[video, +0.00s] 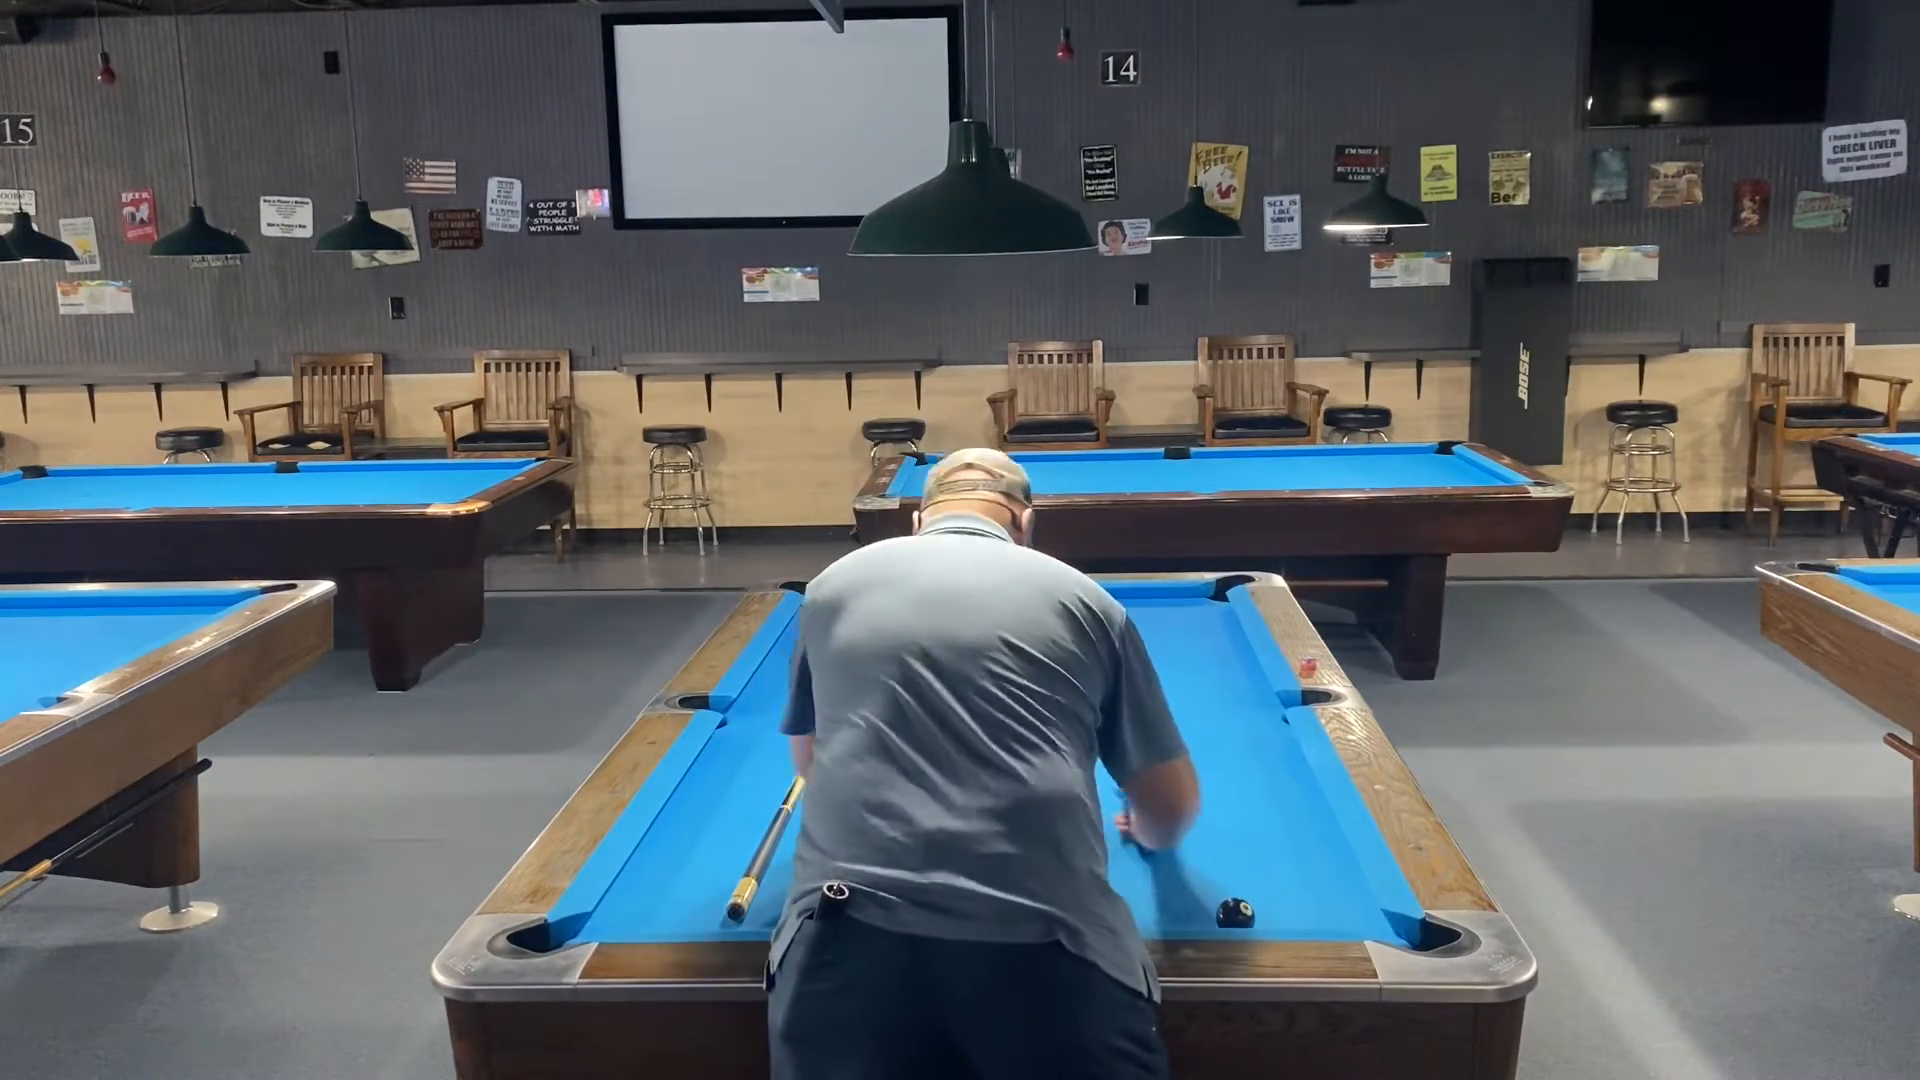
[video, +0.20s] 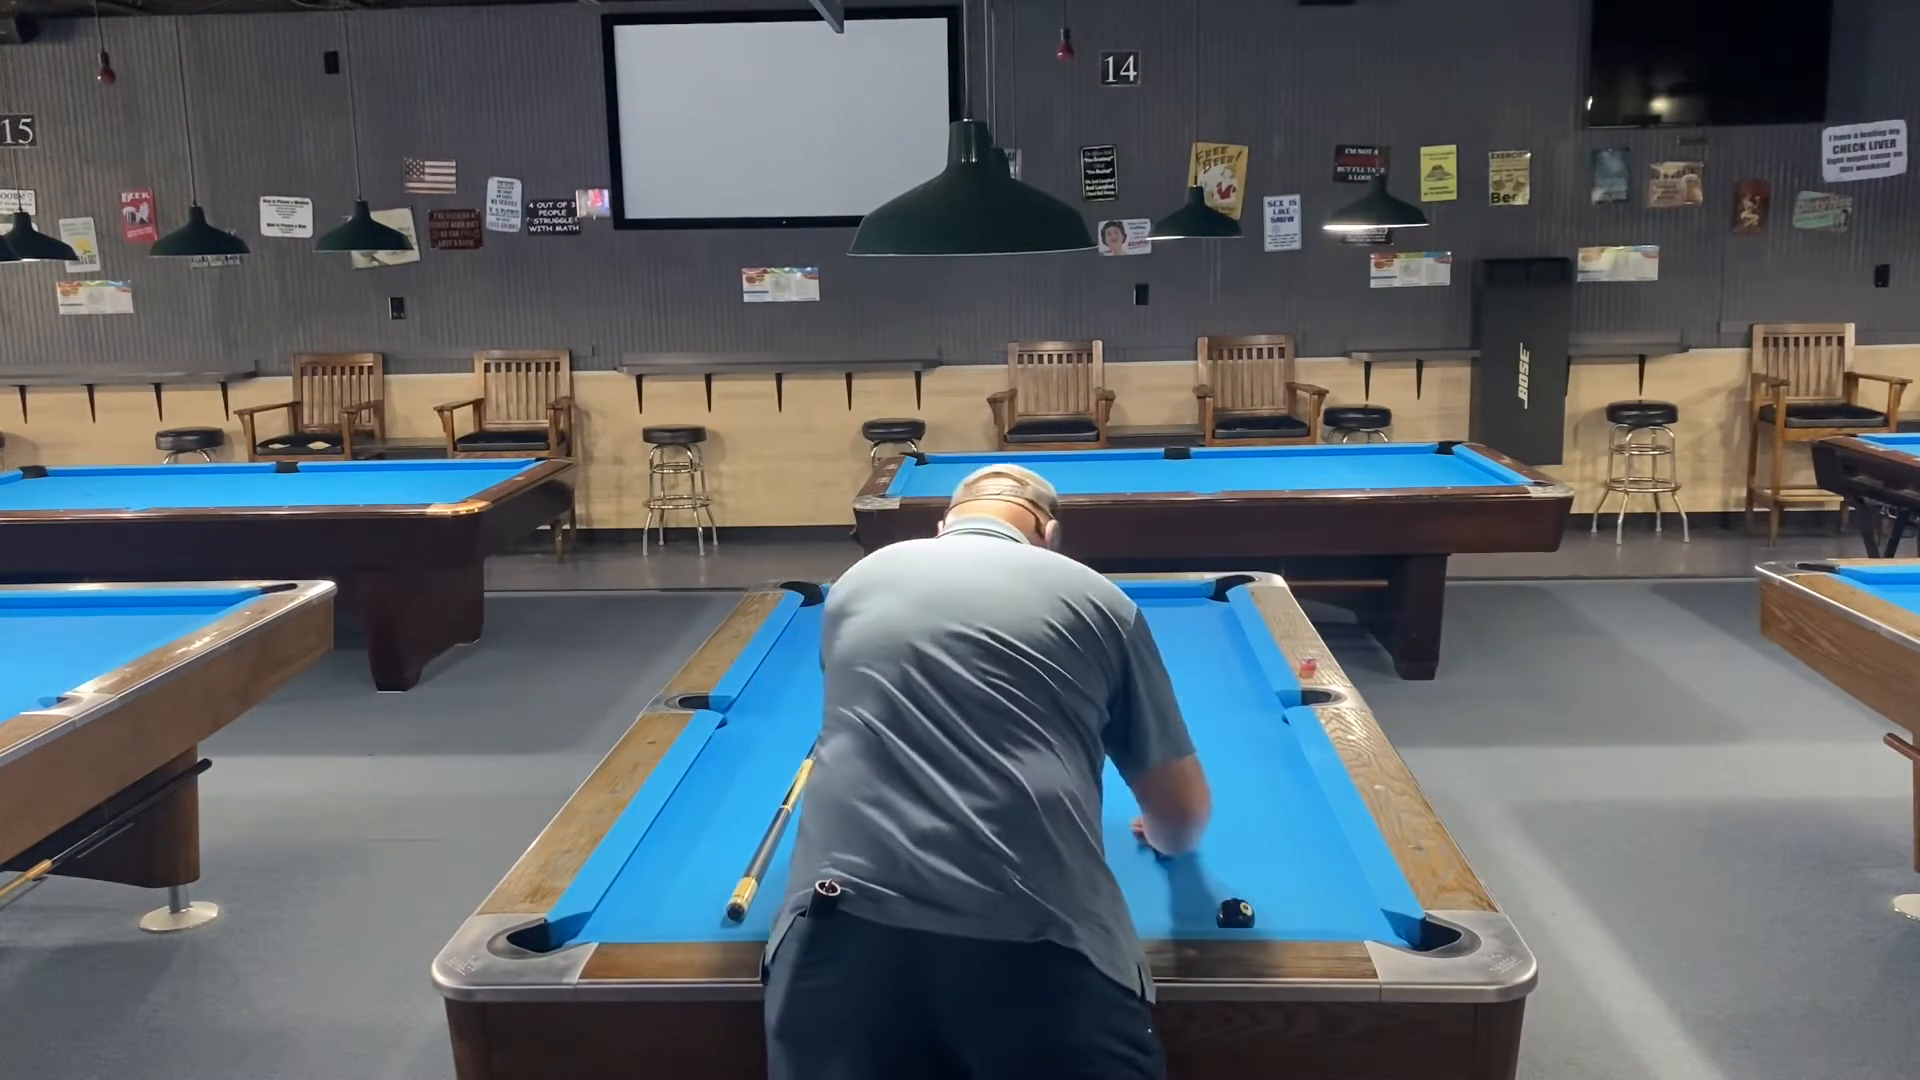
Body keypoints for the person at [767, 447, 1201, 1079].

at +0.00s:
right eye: (1029, 519)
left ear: (917, 522)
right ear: (1023, 522)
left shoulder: (835, 583)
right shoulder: (1086, 600)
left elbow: (811, 757)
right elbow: (1171, 801)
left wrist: (877, 804)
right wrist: (1148, 831)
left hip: (847, 958)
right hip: (1048, 965)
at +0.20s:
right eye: (1059, 533)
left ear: (946, 522)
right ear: (1046, 531)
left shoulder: (857, 580)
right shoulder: (1101, 600)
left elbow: (858, 729)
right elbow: (1182, 812)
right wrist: (1163, 836)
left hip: (840, 956)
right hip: (1040, 966)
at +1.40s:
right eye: (1048, 493)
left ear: (931, 490)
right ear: (1039, 486)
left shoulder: (836, 573)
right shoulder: (1097, 578)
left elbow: (813, 768)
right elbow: (1164, 789)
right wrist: (1094, 825)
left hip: (844, 965)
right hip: (1047, 972)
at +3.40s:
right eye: (1020, 512)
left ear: (913, 519)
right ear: (1018, 517)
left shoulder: (834, 592)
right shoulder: (1089, 598)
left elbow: (809, 789)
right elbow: (1123, 801)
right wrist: (1031, 849)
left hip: (846, 956)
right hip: (1050, 963)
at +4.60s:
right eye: (1033, 490)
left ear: (915, 491)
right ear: (1024, 493)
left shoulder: (825, 562)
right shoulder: (1099, 578)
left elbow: (767, 774)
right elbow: (1158, 784)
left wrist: (857, 819)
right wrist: (1096, 776)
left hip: (846, 968)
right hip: (1052, 977)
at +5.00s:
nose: (1044, 485)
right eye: (1041, 470)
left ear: (914, 461)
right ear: (1027, 462)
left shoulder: (809, 552)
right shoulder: (1101, 561)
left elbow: (761, 778)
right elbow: (1176, 789)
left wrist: (846, 831)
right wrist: (1154, 831)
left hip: (844, 987)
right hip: (1053, 1005)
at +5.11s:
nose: (1049, 490)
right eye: (1046, 470)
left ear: (916, 460)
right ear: (1027, 452)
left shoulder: (810, 551)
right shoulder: (1099, 557)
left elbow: (769, 780)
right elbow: (1183, 804)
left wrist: (854, 829)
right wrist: (1210, 806)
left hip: (841, 997)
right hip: (1051, 1007)